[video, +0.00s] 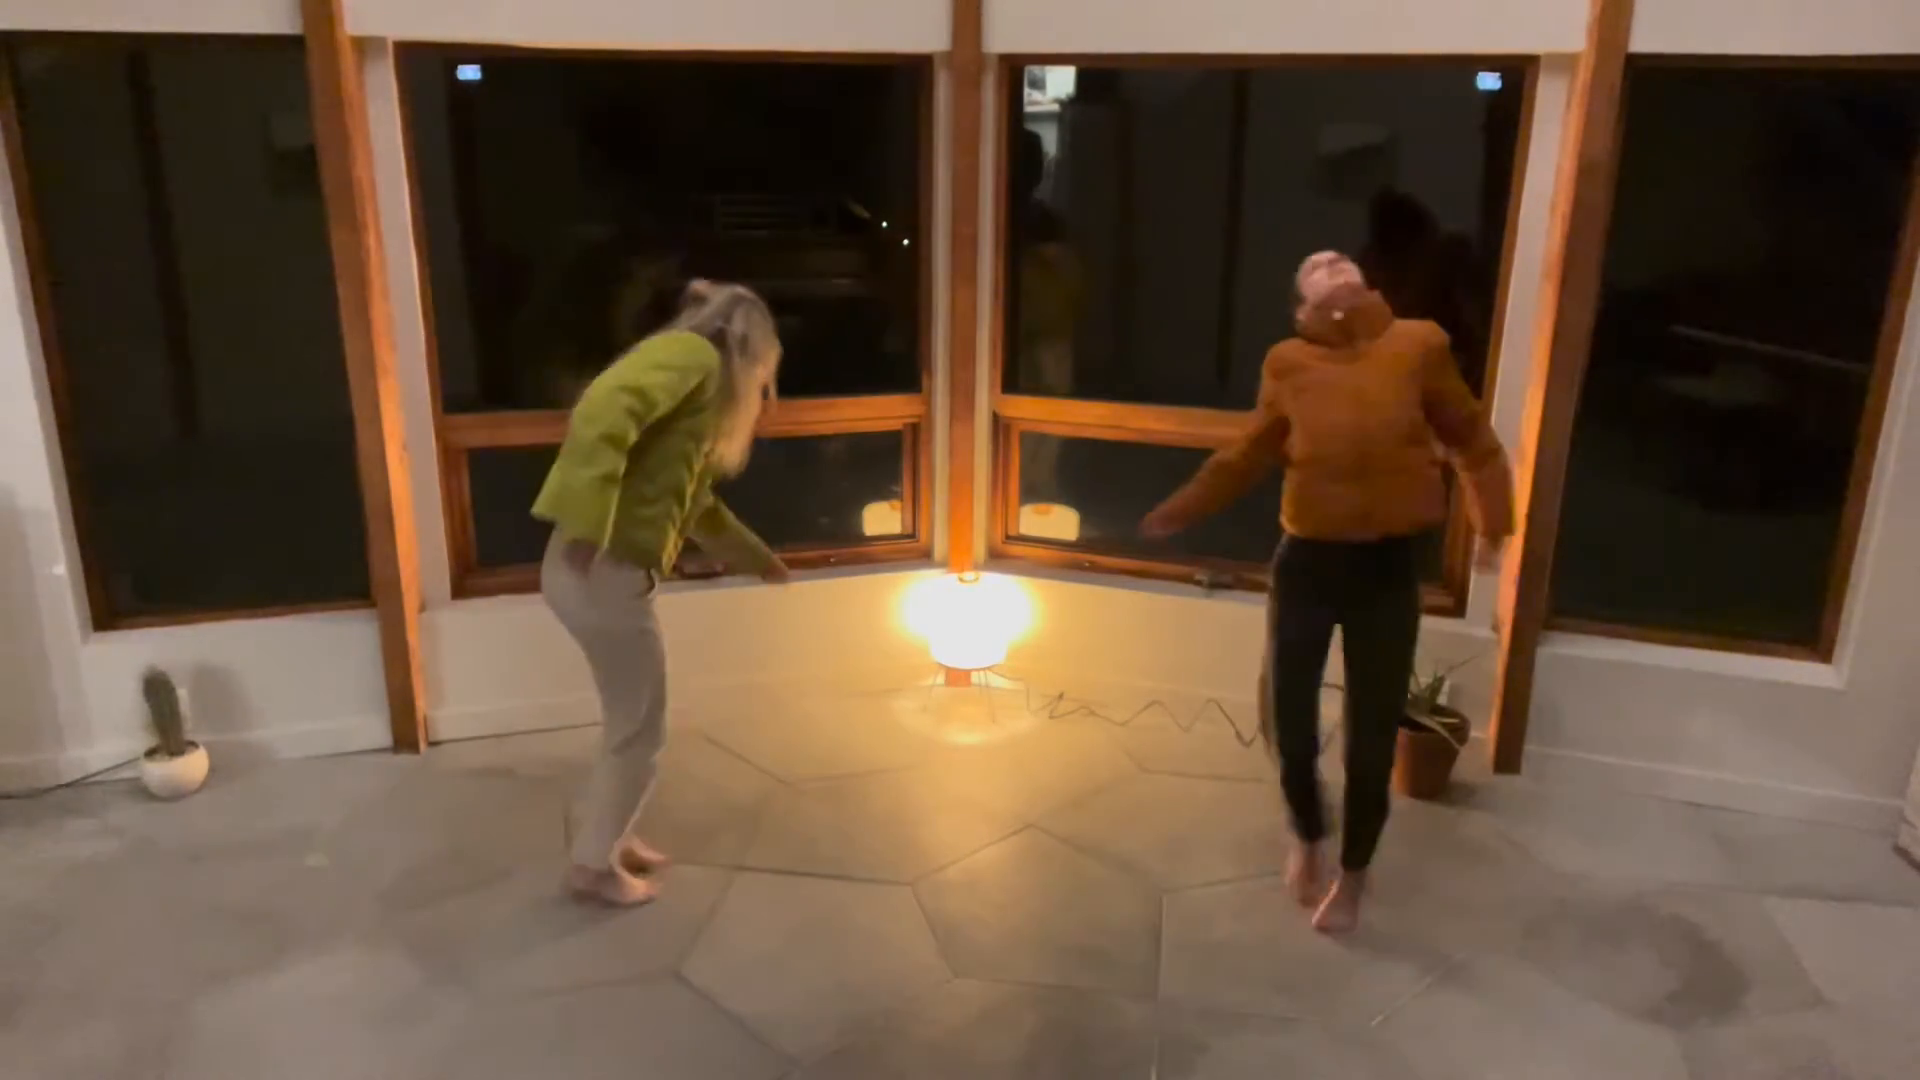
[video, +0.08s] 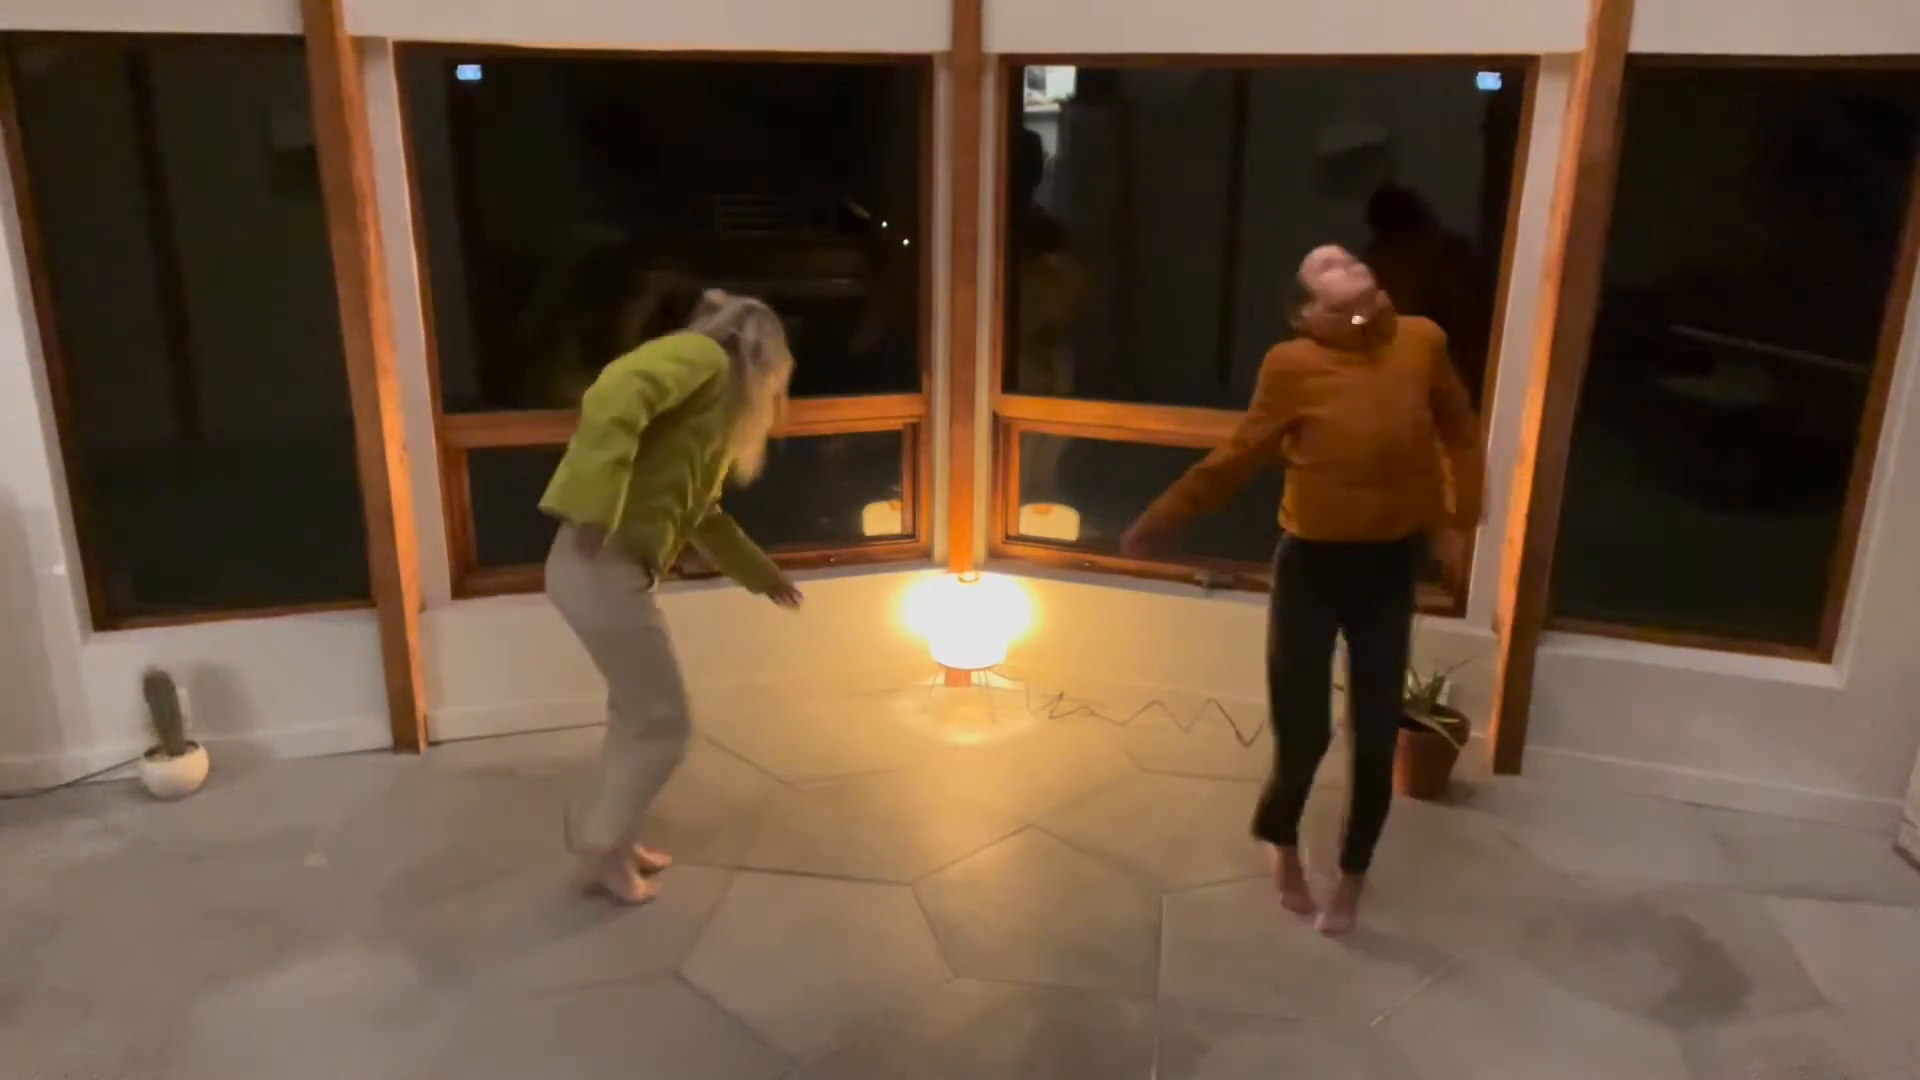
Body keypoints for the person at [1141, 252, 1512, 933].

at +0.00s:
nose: (1343, 272)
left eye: (1345, 265)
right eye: (1326, 272)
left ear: (1366, 289)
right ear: (1307, 308)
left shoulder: (1419, 348)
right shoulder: (1289, 363)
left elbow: (1474, 442)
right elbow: (1251, 452)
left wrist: (1496, 527)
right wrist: (1178, 509)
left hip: (1388, 560)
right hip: (1307, 559)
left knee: (1371, 731)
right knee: (1290, 716)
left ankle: (1352, 876)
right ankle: (1308, 837)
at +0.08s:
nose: (1350, 263)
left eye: (1347, 256)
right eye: (1332, 264)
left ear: (1370, 277)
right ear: (1312, 303)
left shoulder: (1423, 343)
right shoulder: (1294, 365)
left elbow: (1462, 433)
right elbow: (1237, 457)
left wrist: (1461, 525)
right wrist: (1157, 519)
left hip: (1389, 561)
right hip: (1310, 562)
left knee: (1377, 734)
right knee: (1304, 734)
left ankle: (1353, 876)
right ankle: (1283, 842)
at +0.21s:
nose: (1405, 276)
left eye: (1398, 265)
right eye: (1385, 271)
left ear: (1396, 286)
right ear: (1354, 298)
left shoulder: (1407, 347)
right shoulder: (1325, 364)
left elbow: (1410, 450)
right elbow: (1253, 455)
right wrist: (1172, 538)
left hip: (1365, 558)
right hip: (1315, 558)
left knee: (1354, 718)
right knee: (1315, 716)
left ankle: (1324, 848)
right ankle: (1283, 853)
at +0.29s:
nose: (1432, 302)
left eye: (1429, 290)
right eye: (1422, 291)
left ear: (1384, 297)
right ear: (1389, 298)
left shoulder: (1380, 356)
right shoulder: (1352, 362)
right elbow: (1300, 455)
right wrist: (1247, 545)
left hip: (1338, 553)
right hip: (1320, 556)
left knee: (1324, 705)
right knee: (1325, 709)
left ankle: (1272, 837)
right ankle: (1273, 846)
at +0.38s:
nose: (1424, 325)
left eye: (1426, 312)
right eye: (1421, 312)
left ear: (1376, 302)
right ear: (1395, 310)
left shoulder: (1342, 345)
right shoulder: (1359, 364)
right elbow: (1320, 465)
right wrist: (1308, 565)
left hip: (1319, 545)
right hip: (1329, 553)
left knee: (1304, 700)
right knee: (1336, 726)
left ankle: (1252, 822)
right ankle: (1268, 848)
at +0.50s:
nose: (1426, 316)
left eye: (1427, 305)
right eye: (1429, 305)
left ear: (1366, 284)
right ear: (1417, 302)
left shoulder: (1324, 330)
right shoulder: (1390, 355)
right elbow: (1396, 475)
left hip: (1281, 537)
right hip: (1333, 550)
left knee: (1281, 695)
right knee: (1323, 708)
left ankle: (1253, 819)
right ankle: (1274, 850)